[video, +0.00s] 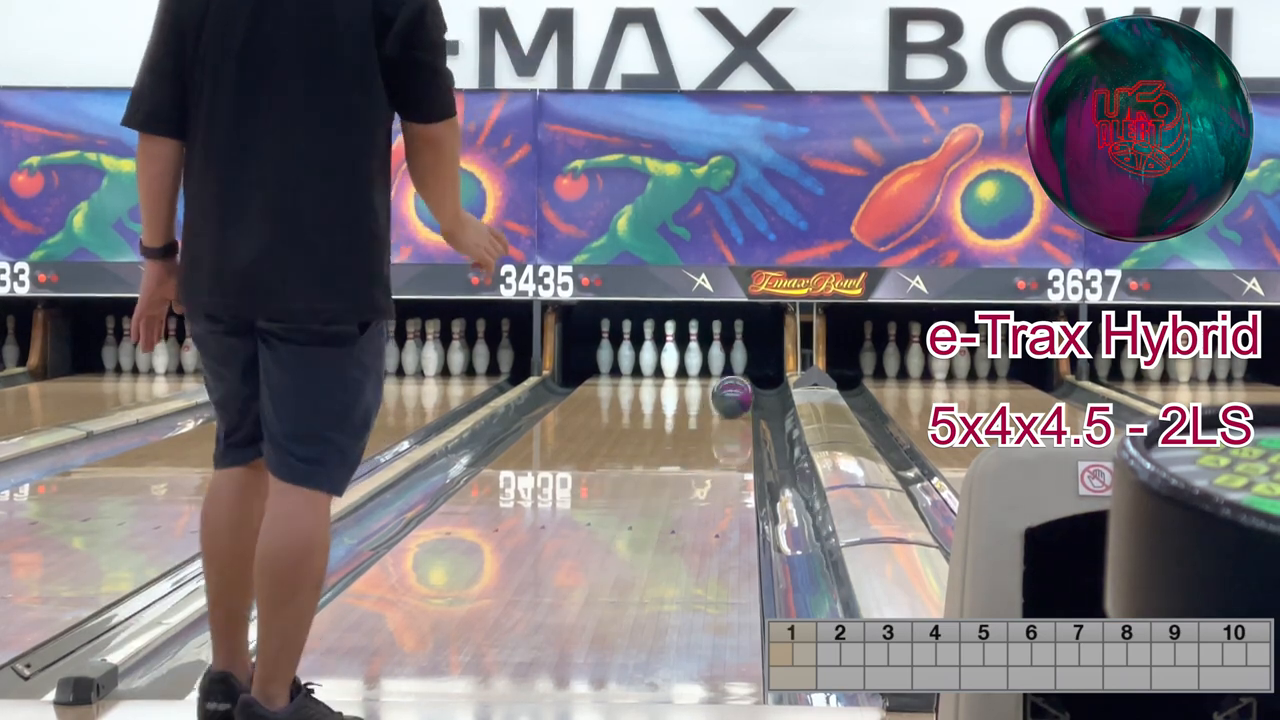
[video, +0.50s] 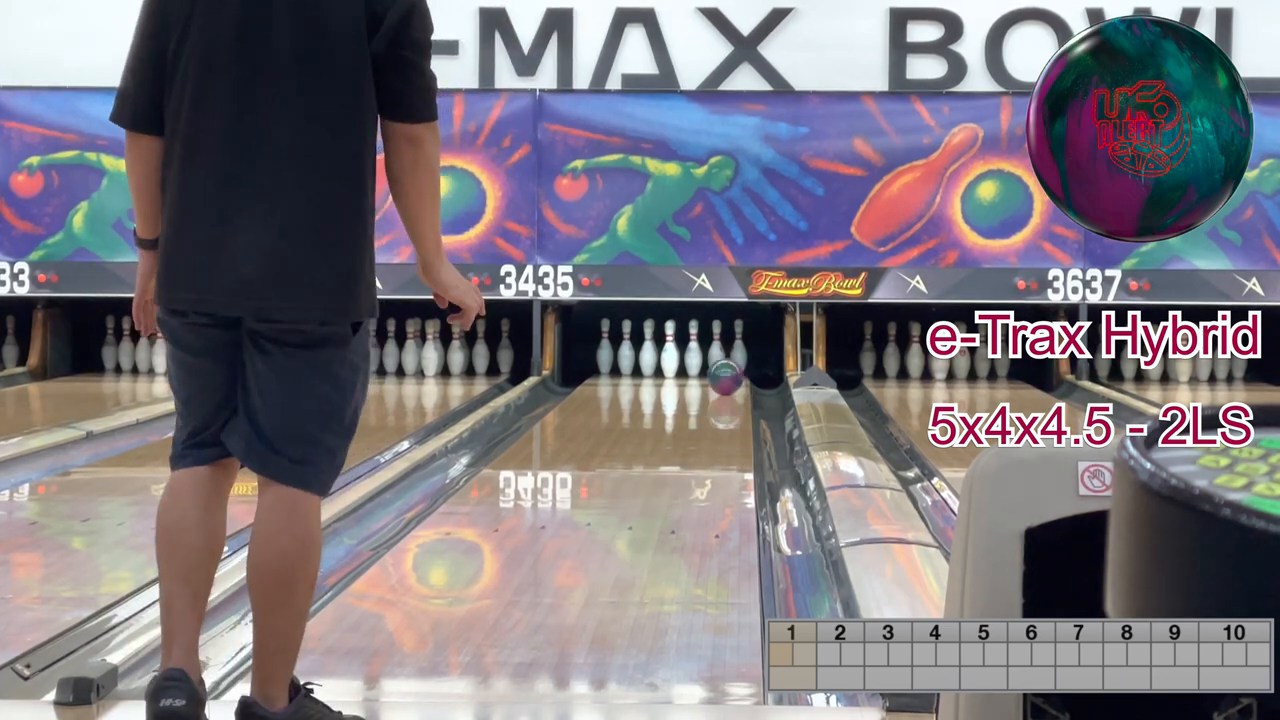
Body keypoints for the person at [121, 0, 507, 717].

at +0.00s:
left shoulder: (194, 3)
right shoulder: (396, 2)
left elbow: (157, 124)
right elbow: (430, 119)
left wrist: (158, 257)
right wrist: (454, 220)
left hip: (218, 257)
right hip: (329, 262)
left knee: (238, 455)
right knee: (303, 479)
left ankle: (228, 673)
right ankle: (271, 696)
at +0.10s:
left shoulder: (190, 2)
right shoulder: (394, 3)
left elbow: (153, 121)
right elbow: (425, 125)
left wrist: (153, 252)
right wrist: (446, 236)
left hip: (212, 258)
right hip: (323, 266)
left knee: (227, 454)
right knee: (299, 482)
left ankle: (206, 672)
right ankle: (272, 696)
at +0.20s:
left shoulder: (187, 2)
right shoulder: (393, 3)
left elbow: (150, 121)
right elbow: (419, 127)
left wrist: (152, 250)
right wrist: (438, 245)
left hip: (207, 257)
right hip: (322, 266)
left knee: (217, 451)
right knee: (296, 482)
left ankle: (189, 668)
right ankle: (271, 696)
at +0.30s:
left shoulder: (183, 2)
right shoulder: (390, 3)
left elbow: (147, 121)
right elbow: (414, 129)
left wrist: (151, 251)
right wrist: (435, 254)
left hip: (202, 257)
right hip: (319, 266)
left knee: (209, 449)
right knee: (294, 481)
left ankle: (177, 667)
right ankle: (272, 695)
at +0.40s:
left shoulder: (179, 2)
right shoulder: (388, 3)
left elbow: (145, 123)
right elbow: (411, 130)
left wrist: (152, 250)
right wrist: (433, 260)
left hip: (199, 257)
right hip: (317, 267)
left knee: (203, 451)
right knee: (293, 482)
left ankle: (177, 670)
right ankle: (271, 695)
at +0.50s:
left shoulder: (177, 2)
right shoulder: (386, 3)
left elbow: (141, 120)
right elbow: (410, 130)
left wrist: (151, 250)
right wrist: (434, 262)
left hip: (197, 257)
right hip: (316, 266)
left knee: (200, 452)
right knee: (292, 482)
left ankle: (177, 672)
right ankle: (271, 695)